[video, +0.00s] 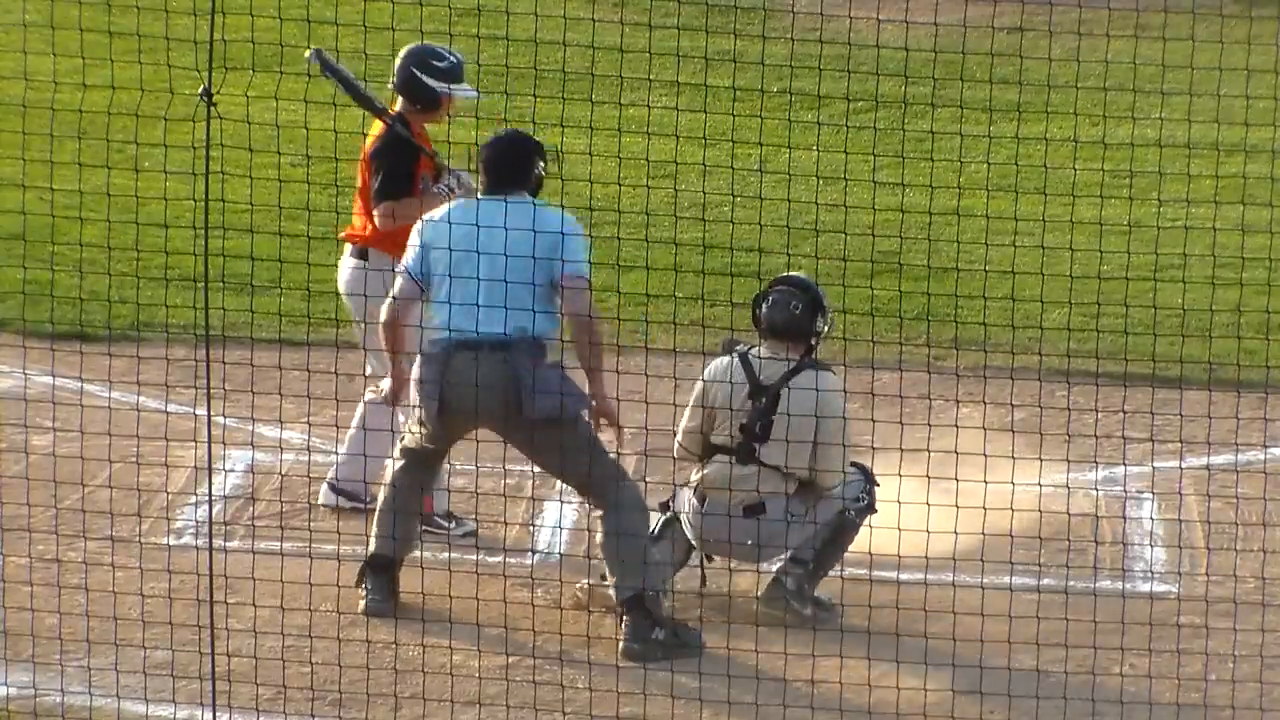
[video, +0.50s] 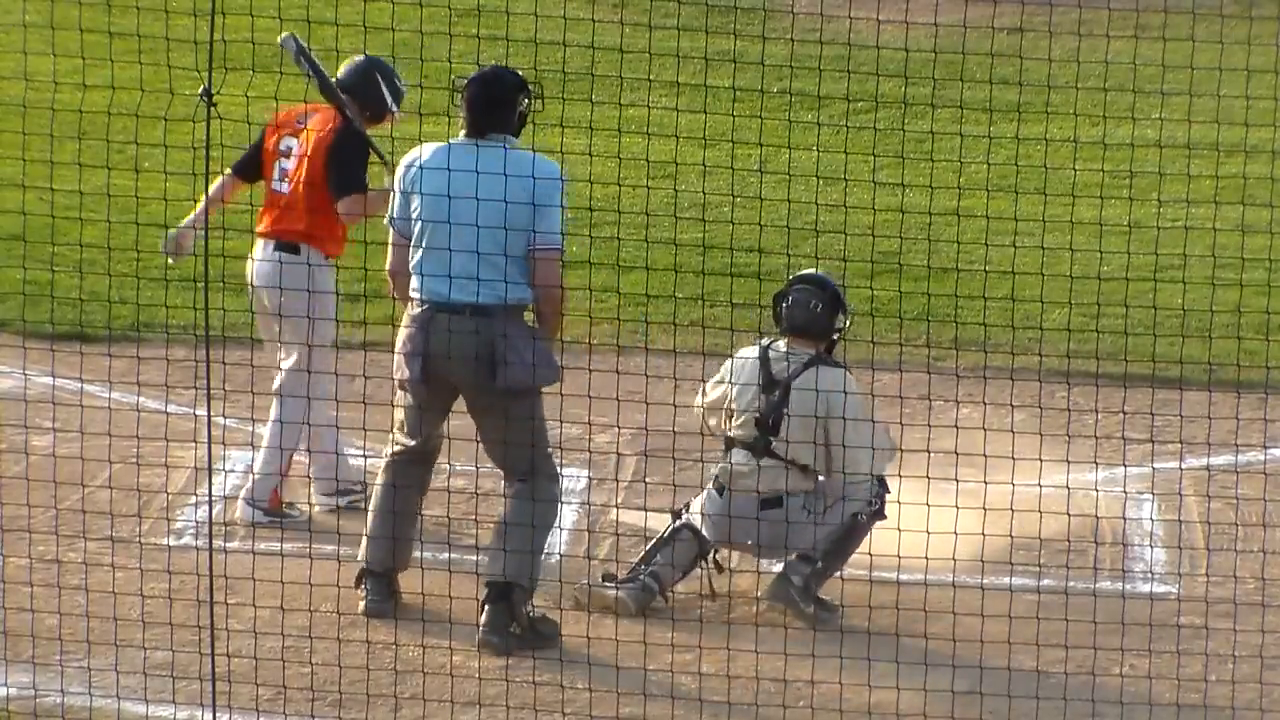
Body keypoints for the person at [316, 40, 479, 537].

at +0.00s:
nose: (453, 101)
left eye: (453, 91)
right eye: (449, 92)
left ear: (408, 89)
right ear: (429, 95)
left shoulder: (404, 132)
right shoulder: (394, 140)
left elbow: (402, 195)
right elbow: (386, 215)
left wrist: (444, 183)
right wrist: (440, 197)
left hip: (380, 269)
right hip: (375, 273)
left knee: (395, 378)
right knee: (412, 380)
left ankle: (349, 483)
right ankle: (428, 505)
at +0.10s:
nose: (435, 103)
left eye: (436, 94)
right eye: (432, 93)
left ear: (394, 85)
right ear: (414, 92)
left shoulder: (377, 123)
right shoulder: (379, 135)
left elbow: (390, 189)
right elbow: (373, 209)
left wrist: (419, 172)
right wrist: (425, 197)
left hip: (356, 260)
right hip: (361, 264)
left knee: (374, 377)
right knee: (394, 378)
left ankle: (345, 485)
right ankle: (405, 498)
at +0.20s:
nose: (419, 107)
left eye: (423, 97)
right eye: (418, 96)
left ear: (381, 81)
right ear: (400, 88)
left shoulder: (348, 118)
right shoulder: (367, 126)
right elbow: (360, 200)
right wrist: (413, 196)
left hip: (325, 258)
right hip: (347, 262)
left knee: (351, 377)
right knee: (382, 378)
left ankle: (339, 481)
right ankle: (349, 482)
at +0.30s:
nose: (402, 111)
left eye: (406, 102)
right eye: (402, 100)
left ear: (367, 83)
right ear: (387, 91)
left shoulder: (330, 116)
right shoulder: (358, 127)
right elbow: (353, 198)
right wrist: (408, 196)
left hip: (308, 257)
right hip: (340, 263)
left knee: (342, 379)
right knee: (368, 387)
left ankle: (348, 484)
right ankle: (305, 469)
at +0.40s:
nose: (389, 118)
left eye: (393, 109)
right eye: (390, 108)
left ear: (354, 88)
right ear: (376, 98)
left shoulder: (305, 117)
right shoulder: (353, 129)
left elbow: (267, 181)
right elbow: (350, 200)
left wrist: (239, 230)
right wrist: (395, 193)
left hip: (289, 261)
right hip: (327, 266)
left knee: (327, 376)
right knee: (331, 385)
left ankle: (345, 484)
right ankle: (270, 489)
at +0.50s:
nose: (384, 118)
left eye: (386, 110)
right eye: (384, 109)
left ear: (340, 92)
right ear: (369, 103)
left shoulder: (289, 119)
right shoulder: (346, 132)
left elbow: (234, 179)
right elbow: (351, 205)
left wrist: (191, 224)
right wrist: (404, 194)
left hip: (263, 263)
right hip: (304, 267)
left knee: (312, 372)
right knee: (303, 375)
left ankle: (335, 483)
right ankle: (262, 496)